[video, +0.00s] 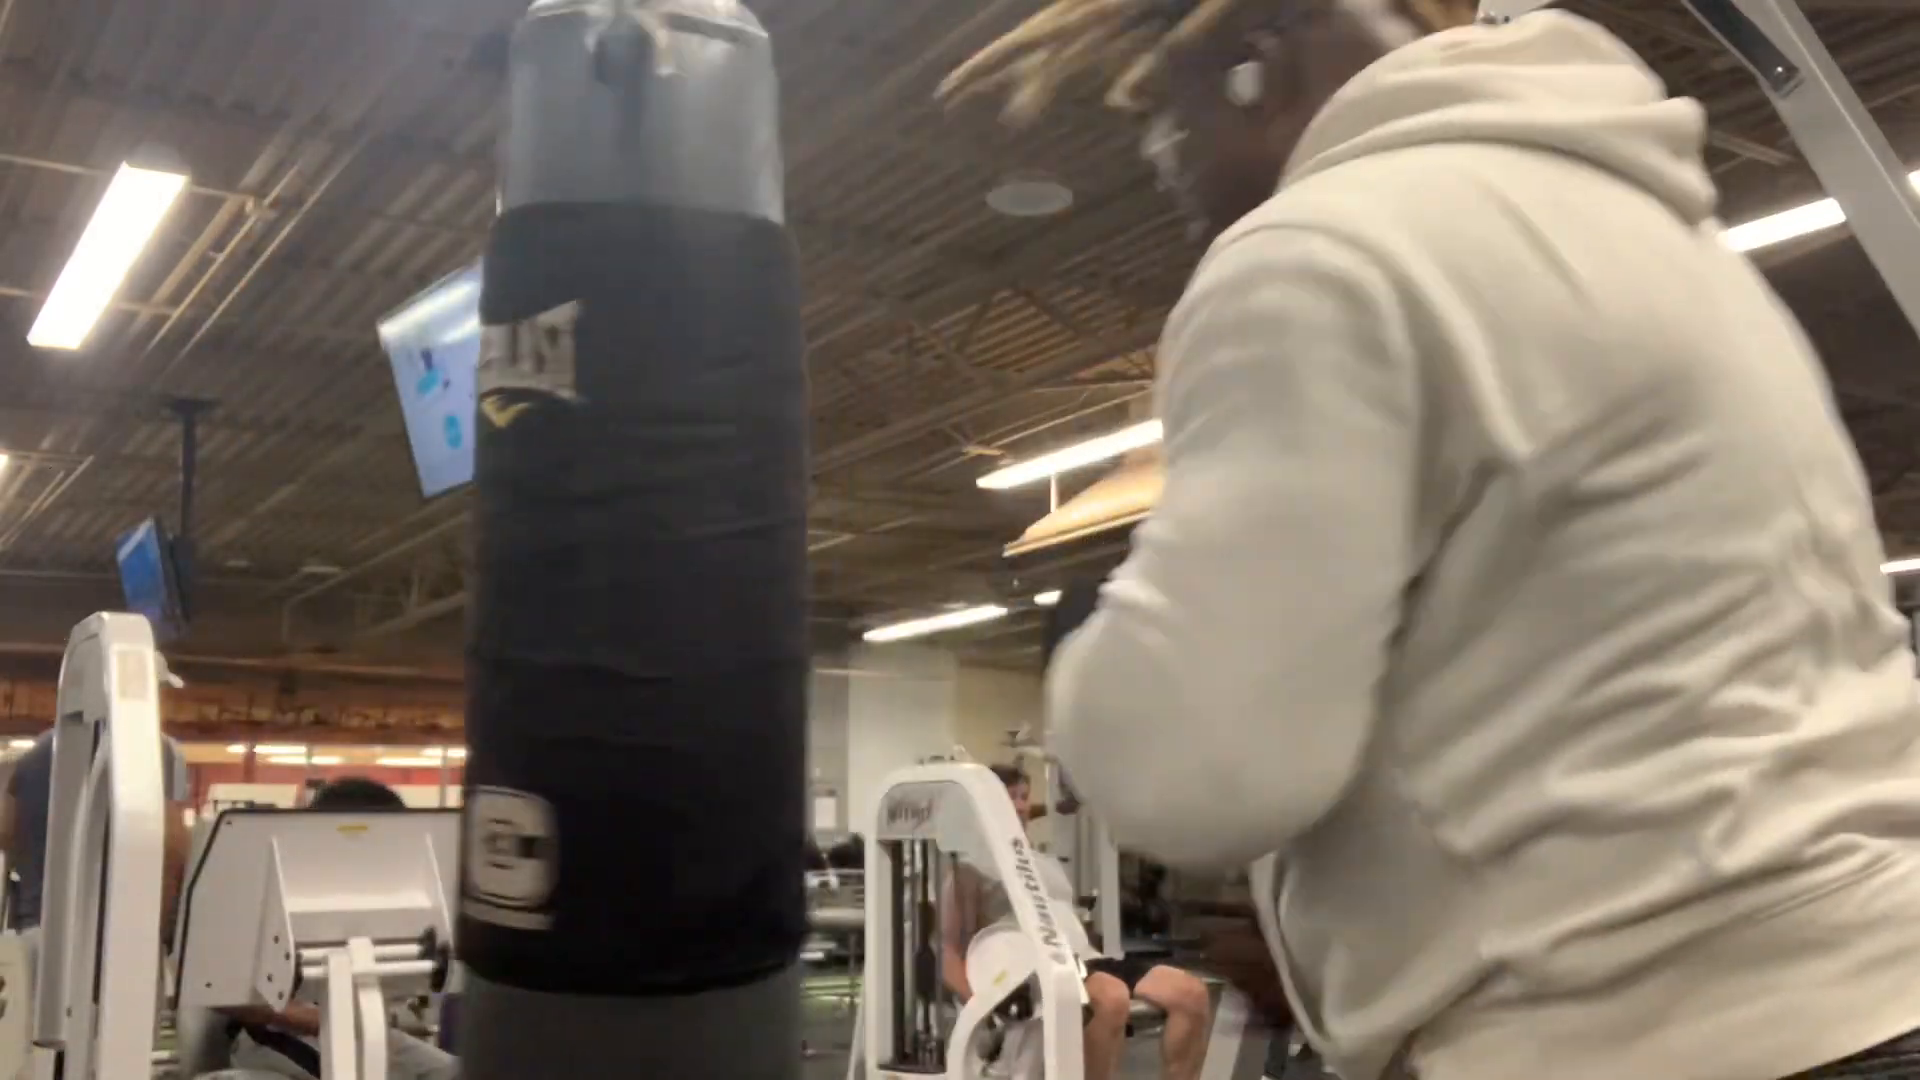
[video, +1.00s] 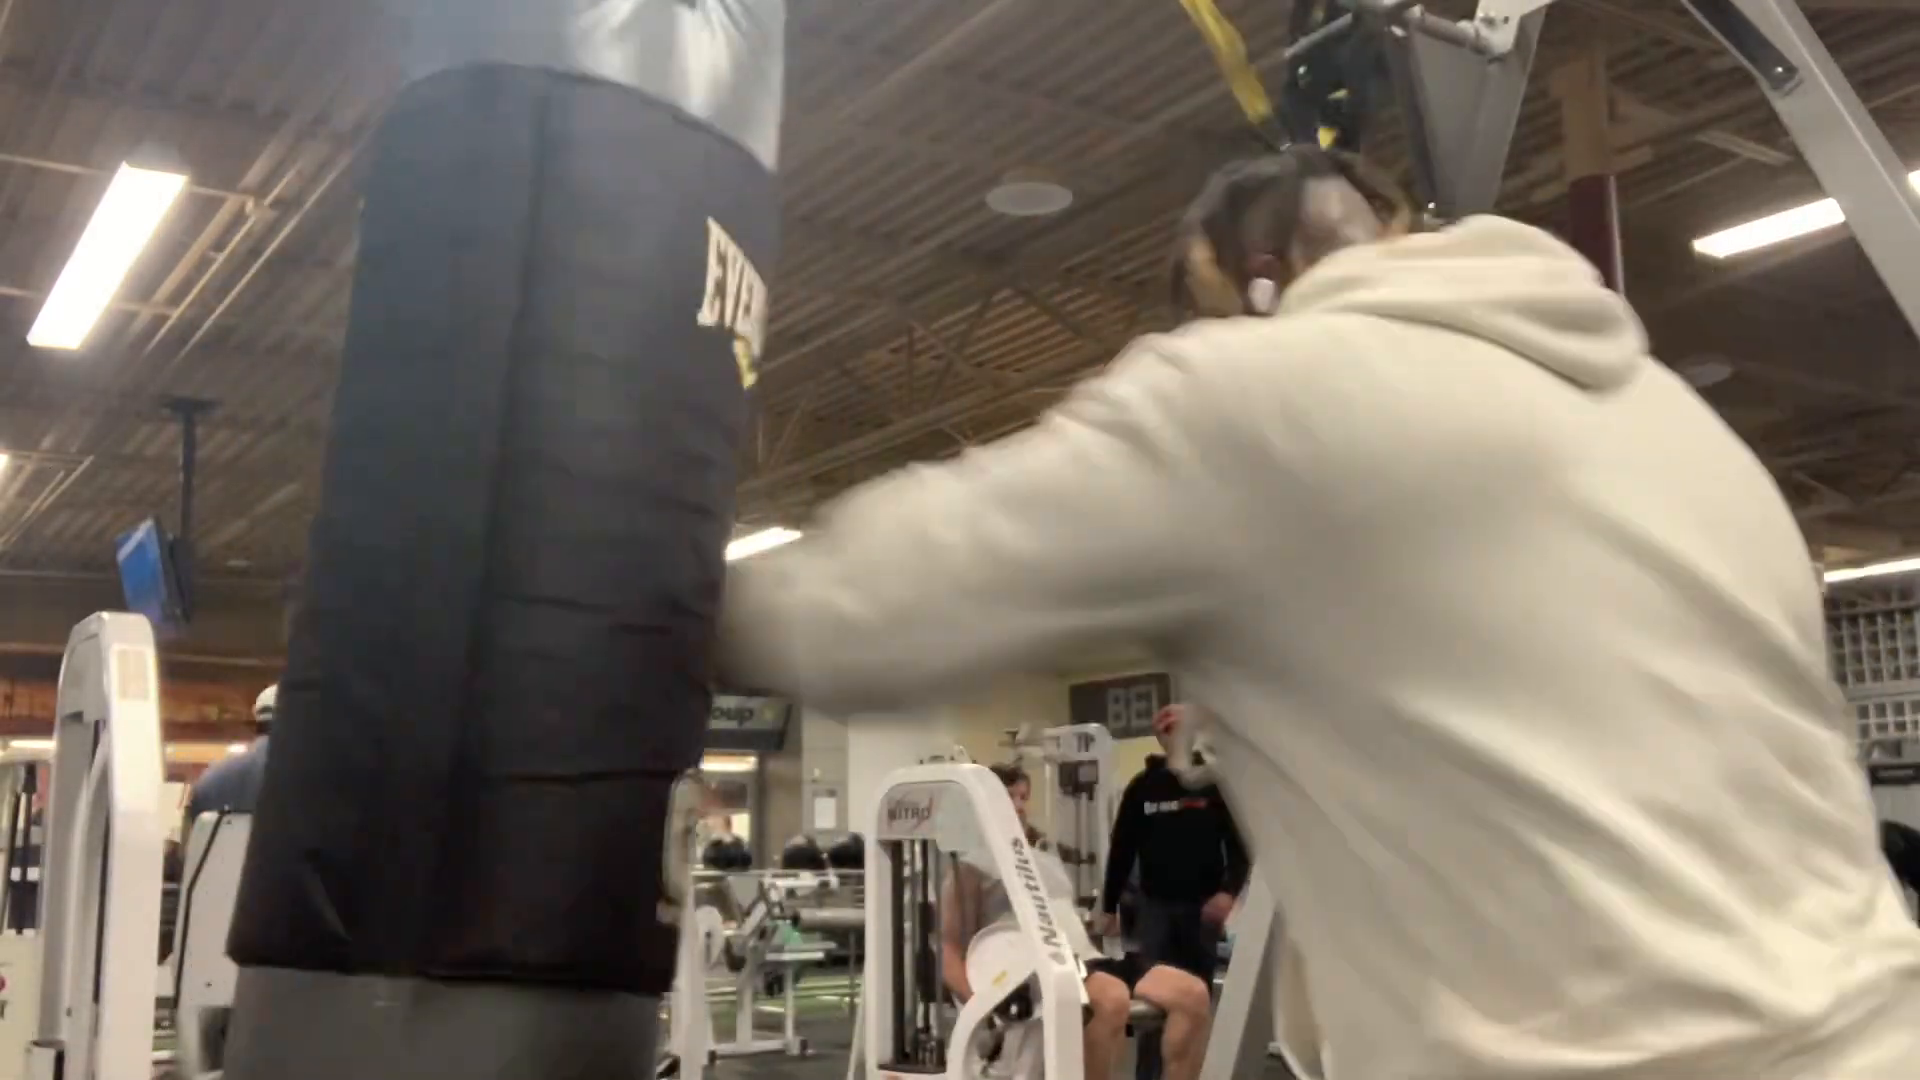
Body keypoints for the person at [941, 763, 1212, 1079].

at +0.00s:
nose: (1019, 806)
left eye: (1023, 798)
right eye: (1010, 798)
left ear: (1027, 804)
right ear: (987, 802)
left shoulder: (1032, 858)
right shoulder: (967, 870)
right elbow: (951, 960)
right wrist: (983, 1002)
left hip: (1071, 959)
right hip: (1017, 970)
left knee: (1191, 994)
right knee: (1112, 997)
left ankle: (1179, 1074)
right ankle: (1098, 1074)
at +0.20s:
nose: (1018, 806)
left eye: (1022, 797)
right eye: (1009, 797)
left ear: (1029, 803)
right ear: (988, 802)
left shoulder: (1033, 859)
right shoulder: (967, 870)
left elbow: (1056, 924)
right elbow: (951, 959)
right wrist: (984, 1000)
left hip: (1070, 961)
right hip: (1017, 971)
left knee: (1184, 990)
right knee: (1113, 996)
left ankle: (1182, 1075)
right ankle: (1099, 1075)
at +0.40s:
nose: (1016, 806)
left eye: (1021, 797)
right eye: (1007, 797)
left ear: (1027, 804)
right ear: (987, 802)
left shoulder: (1034, 858)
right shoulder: (968, 868)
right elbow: (950, 956)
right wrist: (982, 1003)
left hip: (1075, 959)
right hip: (1021, 970)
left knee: (1194, 997)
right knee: (1112, 998)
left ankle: (1178, 1074)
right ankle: (1097, 1075)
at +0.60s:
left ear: (1025, 819)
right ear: (986, 820)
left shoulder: (1042, 857)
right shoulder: (968, 872)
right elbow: (951, 957)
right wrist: (983, 1002)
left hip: (1073, 959)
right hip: (1018, 973)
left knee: (1191, 995)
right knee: (1111, 1000)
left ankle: (1180, 1073)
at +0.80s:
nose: (1019, 814)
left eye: (1023, 805)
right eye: (1009, 805)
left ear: (1031, 812)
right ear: (989, 812)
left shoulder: (1044, 857)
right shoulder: (970, 867)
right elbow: (951, 961)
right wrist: (985, 1002)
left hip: (1076, 958)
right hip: (1021, 969)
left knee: (1192, 995)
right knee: (1111, 997)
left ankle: (1180, 1076)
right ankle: (1098, 1076)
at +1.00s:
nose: (1018, 806)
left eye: (1022, 798)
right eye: (1009, 798)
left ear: (1028, 803)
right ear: (989, 802)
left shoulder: (1038, 854)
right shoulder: (969, 868)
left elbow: (1058, 922)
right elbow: (951, 956)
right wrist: (981, 1003)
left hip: (1072, 959)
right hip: (1019, 970)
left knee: (1192, 994)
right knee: (1113, 998)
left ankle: (1177, 1074)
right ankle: (1097, 1074)